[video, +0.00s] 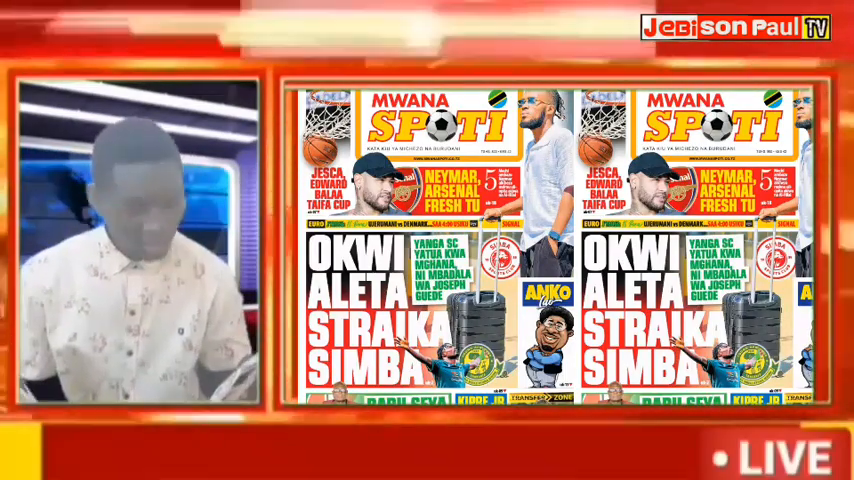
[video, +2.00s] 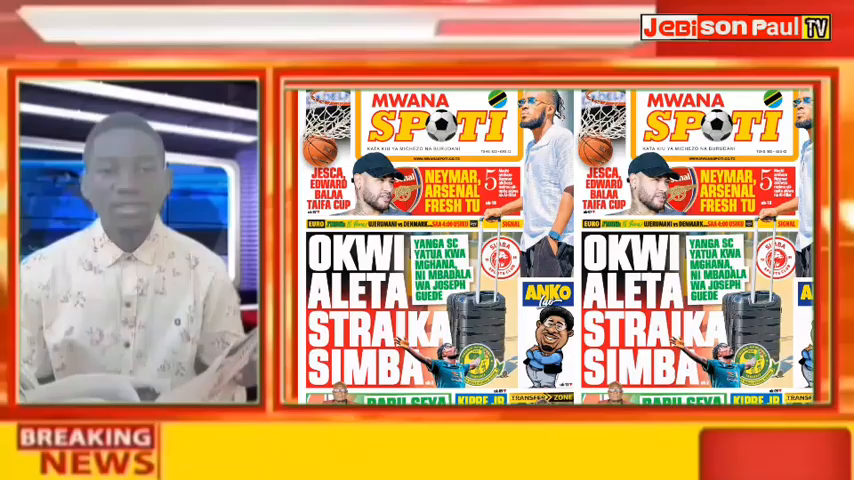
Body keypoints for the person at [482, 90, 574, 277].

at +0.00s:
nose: (523, 107)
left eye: (531, 101)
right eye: (522, 103)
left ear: (549, 110)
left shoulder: (563, 138)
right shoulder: (531, 147)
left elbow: (571, 192)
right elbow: (532, 196)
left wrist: (553, 238)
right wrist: (502, 211)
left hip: (552, 242)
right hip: (530, 243)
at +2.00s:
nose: (523, 107)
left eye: (531, 101)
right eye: (522, 103)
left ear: (549, 110)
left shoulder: (563, 138)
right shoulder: (531, 147)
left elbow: (571, 192)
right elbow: (532, 196)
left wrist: (554, 238)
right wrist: (502, 211)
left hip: (551, 241)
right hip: (530, 242)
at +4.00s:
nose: (523, 107)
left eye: (531, 101)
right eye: (522, 103)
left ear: (549, 110)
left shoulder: (563, 139)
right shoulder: (531, 147)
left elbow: (571, 192)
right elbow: (532, 196)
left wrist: (554, 238)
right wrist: (502, 211)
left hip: (551, 241)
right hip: (530, 242)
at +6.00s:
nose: (523, 107)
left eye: (531, 101)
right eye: (522, 103)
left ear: (549, 110)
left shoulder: (563, 139)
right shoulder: (531, 147)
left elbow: (571, 192)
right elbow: (532, 196)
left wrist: (554, 238)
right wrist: (502, 211)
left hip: (551, 241)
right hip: (529, 242)